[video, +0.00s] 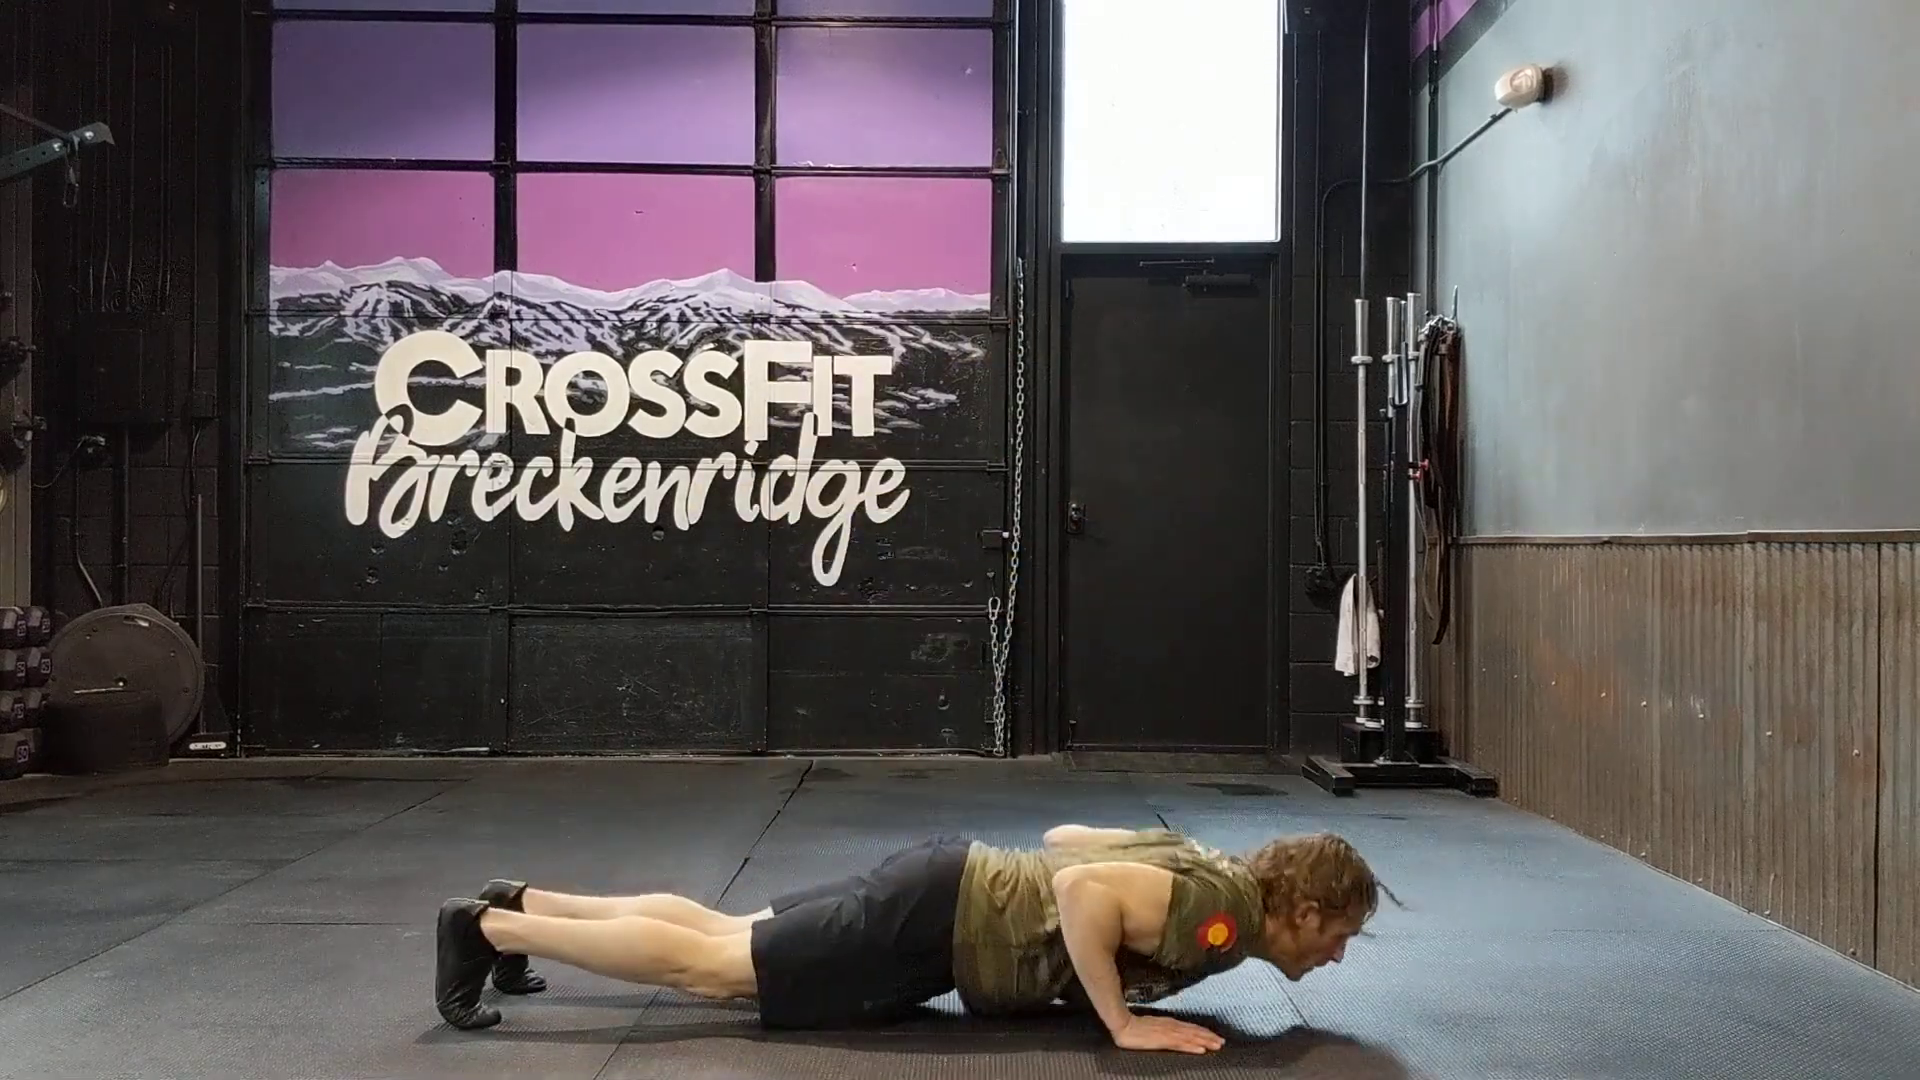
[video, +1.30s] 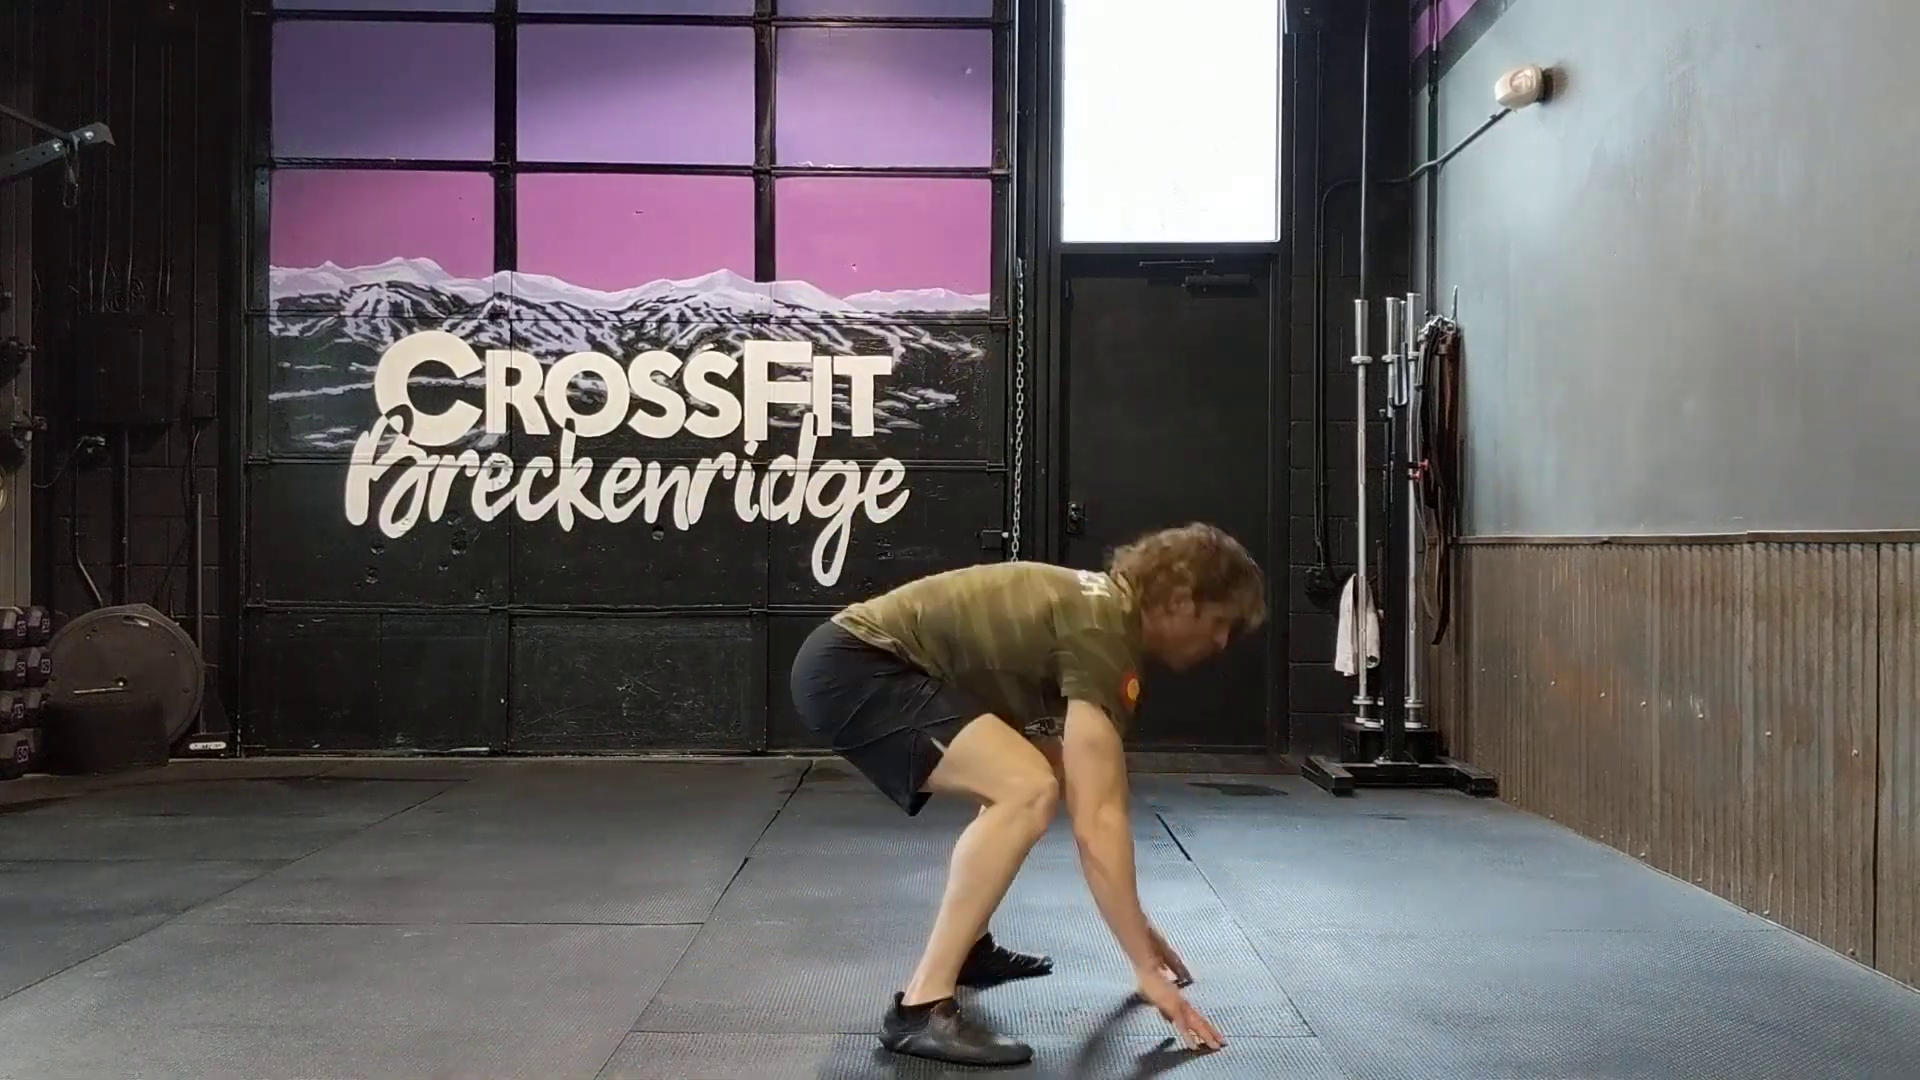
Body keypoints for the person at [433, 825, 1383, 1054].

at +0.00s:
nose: (1340, 953)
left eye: (1346, 939)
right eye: (1340, 936)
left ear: (1297, 905)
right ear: (1295, 914)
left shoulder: (1221, 898)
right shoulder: (1205, 906)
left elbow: (1090, 862)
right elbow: (1080, 895)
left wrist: (1104, 979)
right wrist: (1124, 1017)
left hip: (950, 909)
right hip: (939, 918)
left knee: (729, 938)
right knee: (713, 966)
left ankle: (529, 903)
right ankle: (495, 929)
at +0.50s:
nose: (1331, 860)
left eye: (1336, 849)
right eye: (1331, 846)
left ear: (1279, 810)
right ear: (1295, 831)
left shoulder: (1213, 823)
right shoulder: (1204, 856)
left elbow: (1095, 863)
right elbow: (1079, 887)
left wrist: (1129, 946)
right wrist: (1122, 1021)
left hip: (949, 850)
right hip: (945, 879)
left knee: (724, 913)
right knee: (714, 940)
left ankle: (518, 907)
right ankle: (487, 931)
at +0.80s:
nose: (1278, 762)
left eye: (1288, 751)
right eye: (1285, 747)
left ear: (1243, 691)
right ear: (1253, 706)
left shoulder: (1163, 699)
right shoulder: (1162, 711)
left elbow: (1106, 847)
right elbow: (1105, 859)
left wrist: (1112, 963)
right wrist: (1114, 1015)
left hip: (902, 759)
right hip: (898, 770)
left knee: (728, 870)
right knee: (721, 884)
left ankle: (513, 915)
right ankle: (495, 922)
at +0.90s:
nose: (1281, 772)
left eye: (1294, 761)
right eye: (1289, 755)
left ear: (1256, 707)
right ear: (1260, 716)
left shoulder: (1180, 702)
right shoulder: (1173, 710)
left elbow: (1108, 844)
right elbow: (1110, 863)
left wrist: (1112, 964)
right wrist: (1118, 1021)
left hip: (915, 670)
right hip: (908, 669)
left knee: (759, 828)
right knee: (754, 838)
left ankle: (565, 886)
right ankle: (533, 900)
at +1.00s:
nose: (1244, 755)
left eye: (1259, 748)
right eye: (1253, 738)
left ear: (1232, 699)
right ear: (1229, 698)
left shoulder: (1157, 682)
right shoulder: (1149, 687)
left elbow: (1111, 846)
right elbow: (1104, 859)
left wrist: (1112, 967)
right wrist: (1119, 1016)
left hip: (925, 606)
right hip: (905, 588)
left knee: (903, 795)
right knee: (856, 812)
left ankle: (699, 858)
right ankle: (648, 907)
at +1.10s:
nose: (1213, 741)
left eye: (1226, 731)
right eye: (1218, 722)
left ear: (1187, 678)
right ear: (1188, 683)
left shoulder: (1122, 663)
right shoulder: (1116, 676)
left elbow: (1091, 845)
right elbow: (1096, 858)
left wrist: (1110, 966)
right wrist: (1124, 1019)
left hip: (896, 575)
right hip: (877, 571)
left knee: (1000, 747)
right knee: (973, 772)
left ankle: (872, 901)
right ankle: (819, 950)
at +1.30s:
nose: (1221, 646)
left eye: (1230, 632)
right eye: (1222, 626)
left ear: (1173, 598)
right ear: (1181, 603)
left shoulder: (1104, 618)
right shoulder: (1100, 632)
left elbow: (1097, 808)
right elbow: (1099, 825)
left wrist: (1135, 927)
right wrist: (1148, 972)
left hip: (870, 663)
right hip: (853, 667)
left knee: (1040, 777)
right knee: (1026, 790)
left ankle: (963, 950)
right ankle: (921, 1008)